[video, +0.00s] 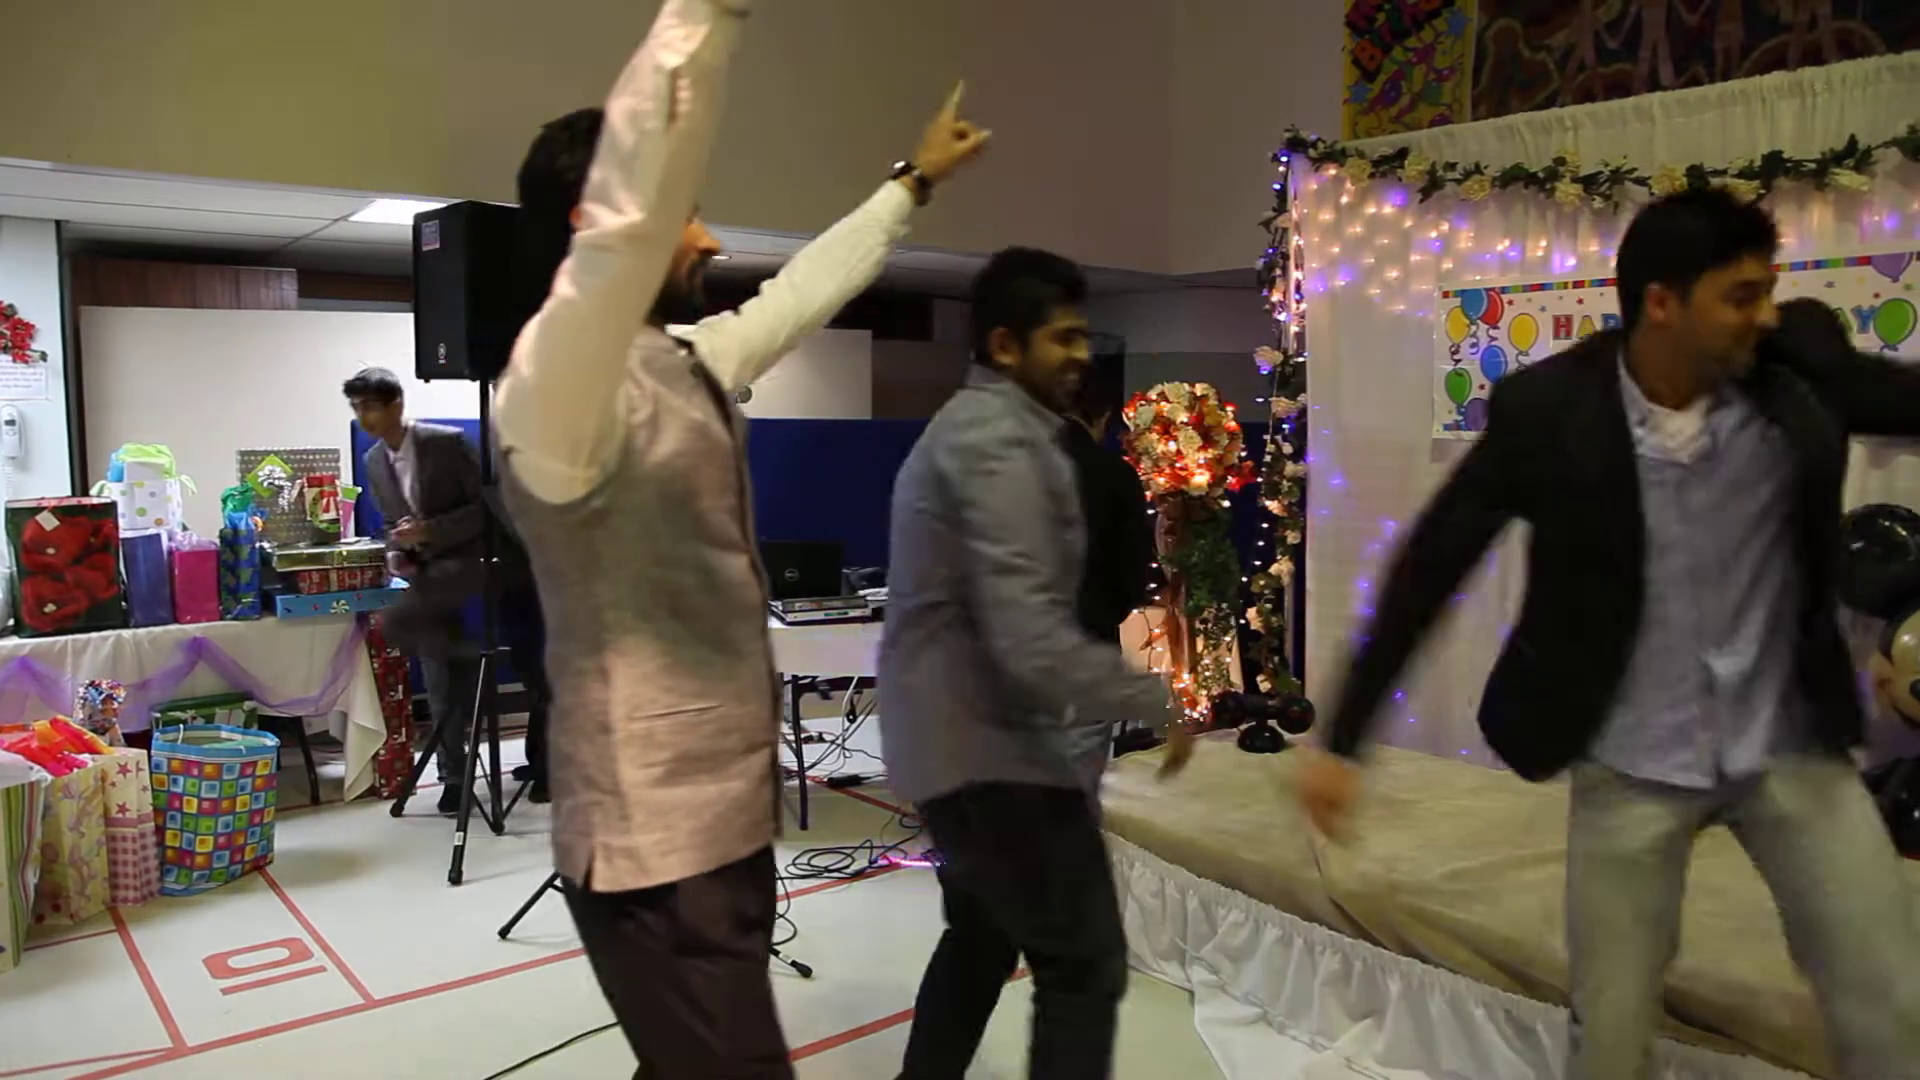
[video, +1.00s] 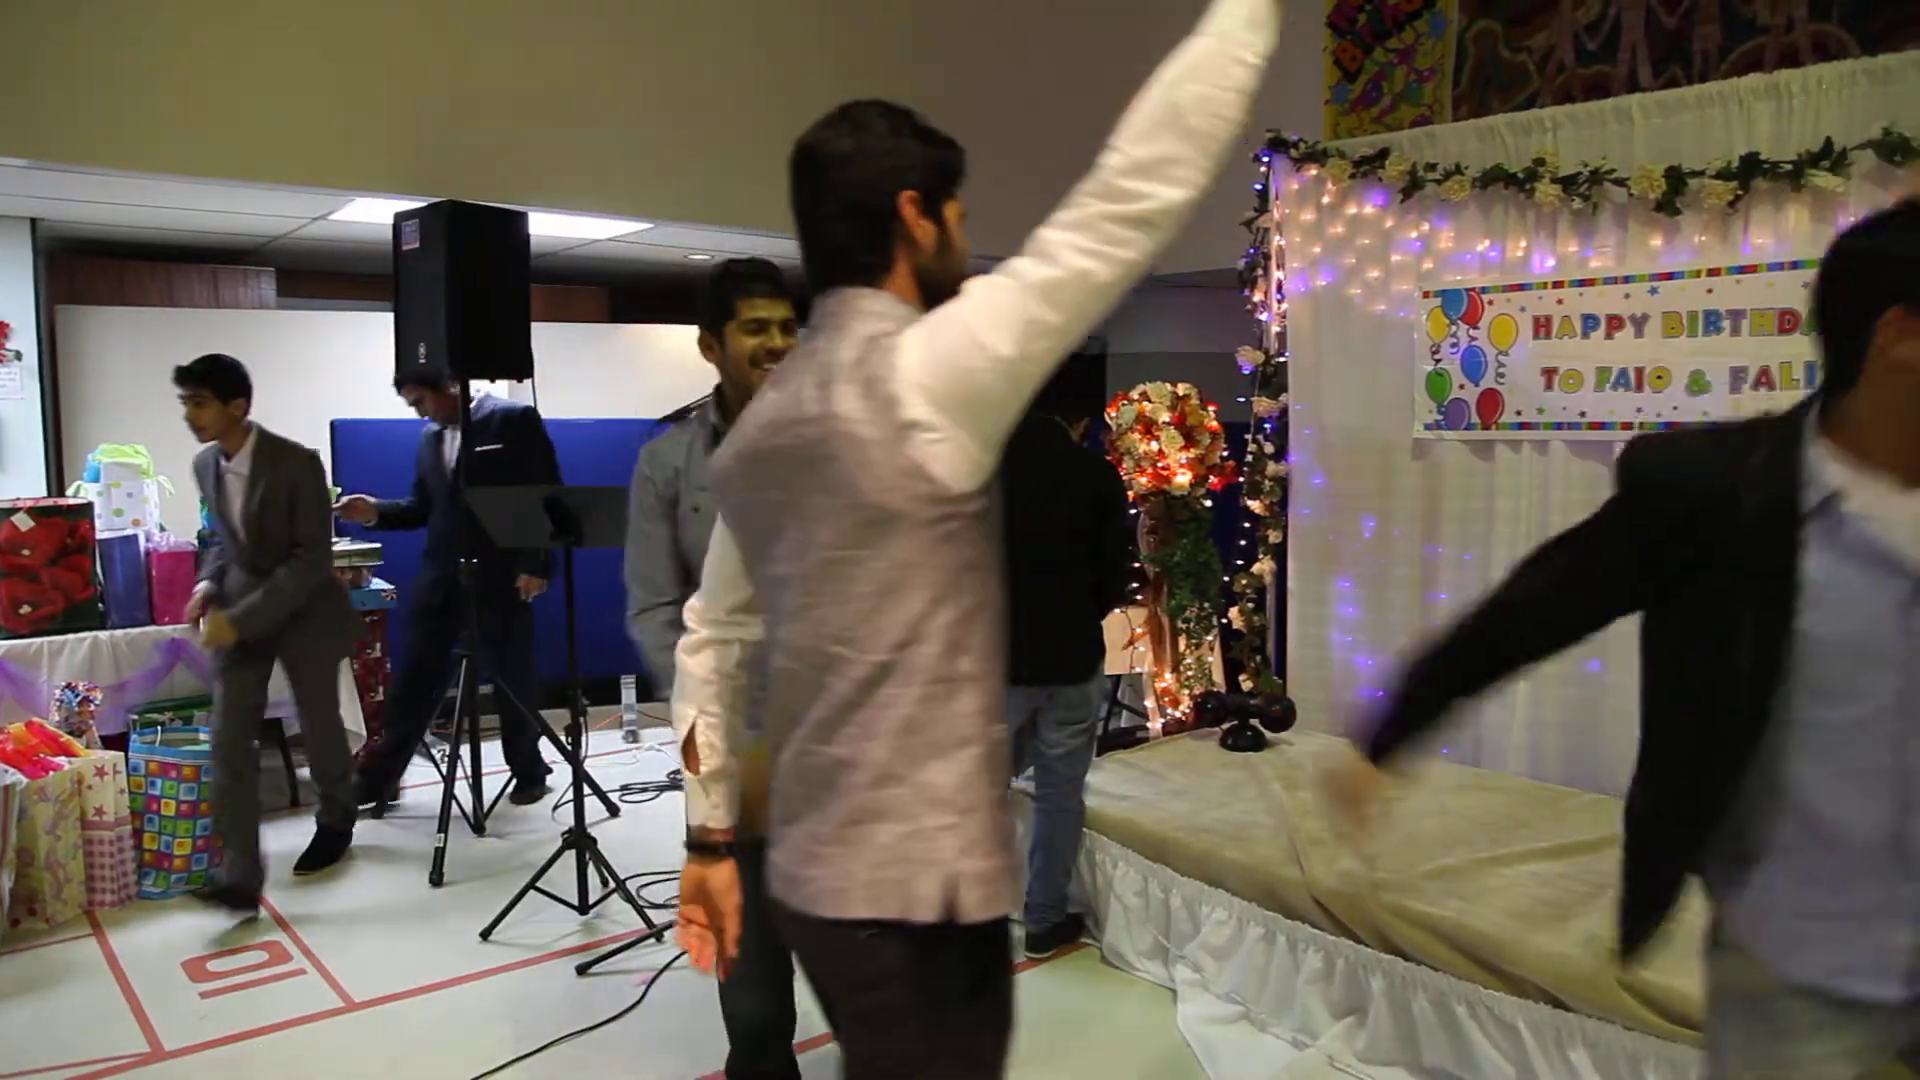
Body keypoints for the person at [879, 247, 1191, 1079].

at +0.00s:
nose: (1082, 355)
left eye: (1084, 338)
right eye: (1063, 338)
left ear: (1013, 348)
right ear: (1003, 346)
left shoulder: (969, 425)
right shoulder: (999, 438)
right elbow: (1028, 638)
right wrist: (1154, 703)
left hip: (953, 754)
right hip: (999, 756)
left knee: (979, 942)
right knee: (1085, 967)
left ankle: (926, 1074)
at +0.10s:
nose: (1053, 339)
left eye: (1055, 322)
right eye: (1031, 323)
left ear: (1050, 326)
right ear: (970, 335)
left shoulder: (1003, 430)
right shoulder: (950, 438)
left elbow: (1001, 610)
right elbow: (960, 625)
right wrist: (1075, 756)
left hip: (991, 744)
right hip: (953, 747)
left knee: (969, 935)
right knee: (1056, 930)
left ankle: (923, 1072)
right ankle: (995, 1070)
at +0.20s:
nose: (1020, 327)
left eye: (1024, 309)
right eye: (997, 311)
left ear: (1030, 319)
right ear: (943, 323)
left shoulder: (1009, 431)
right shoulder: (903, 443)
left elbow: (1044, 562)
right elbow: (903, 631)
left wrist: (1056, 654)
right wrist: (977, 776)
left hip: (996, 731)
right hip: (929, 749)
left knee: (987, 942)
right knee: (991, 952)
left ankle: (925, 1062)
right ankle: (916, 1069)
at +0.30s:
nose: (990, 337)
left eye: (994, 322)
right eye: (968, 323)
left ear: (1001, 328)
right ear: (913, 337)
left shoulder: (1003, 435)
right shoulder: (864, 449)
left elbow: (1054, 552)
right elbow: (860, 633)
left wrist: (1109, 652)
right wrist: (887, 804)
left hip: (1006, 750)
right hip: (920, 764)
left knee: (997, 950)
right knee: (945, 954)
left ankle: (935, 1069)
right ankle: (847, 1061)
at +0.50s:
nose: (932, 337)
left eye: (939, 322)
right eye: (910, 321)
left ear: (946, 336)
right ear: (858, 337)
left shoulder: (989, 445)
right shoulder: (822, 448)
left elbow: (1066, 568)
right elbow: (795, 595)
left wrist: (1118, 694)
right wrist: (816, 735)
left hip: (966, 742)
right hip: (856, 748)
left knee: (974, 938)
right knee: (849, 946)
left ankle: (928, 1066)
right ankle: (855, 1062)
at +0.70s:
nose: (994, 387)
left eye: (1005, 382)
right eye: (1093, 420)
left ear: (1031, 403)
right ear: (1082, 421)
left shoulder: (977, 462)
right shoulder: (1096, 473)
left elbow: (953, 552)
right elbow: (1116, 579)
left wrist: (975, 615)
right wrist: (1081, 608)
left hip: (998, 641)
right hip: (1072, 647)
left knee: (981, 766)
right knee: (1063, 785)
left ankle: (961, 894)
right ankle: (1046, 919)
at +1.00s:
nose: (1098, 420)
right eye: (1095, 411)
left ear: (1024, 400)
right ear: (1084, 411)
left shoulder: (988, 463)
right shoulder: (1095, 474)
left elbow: (964, 558)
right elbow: (1115, 579)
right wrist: (1074, 605)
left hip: (997, 654)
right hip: (1074, 657)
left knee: (980, 792)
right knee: (1061, 795)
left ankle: (973, 920)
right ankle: (1045, 922)